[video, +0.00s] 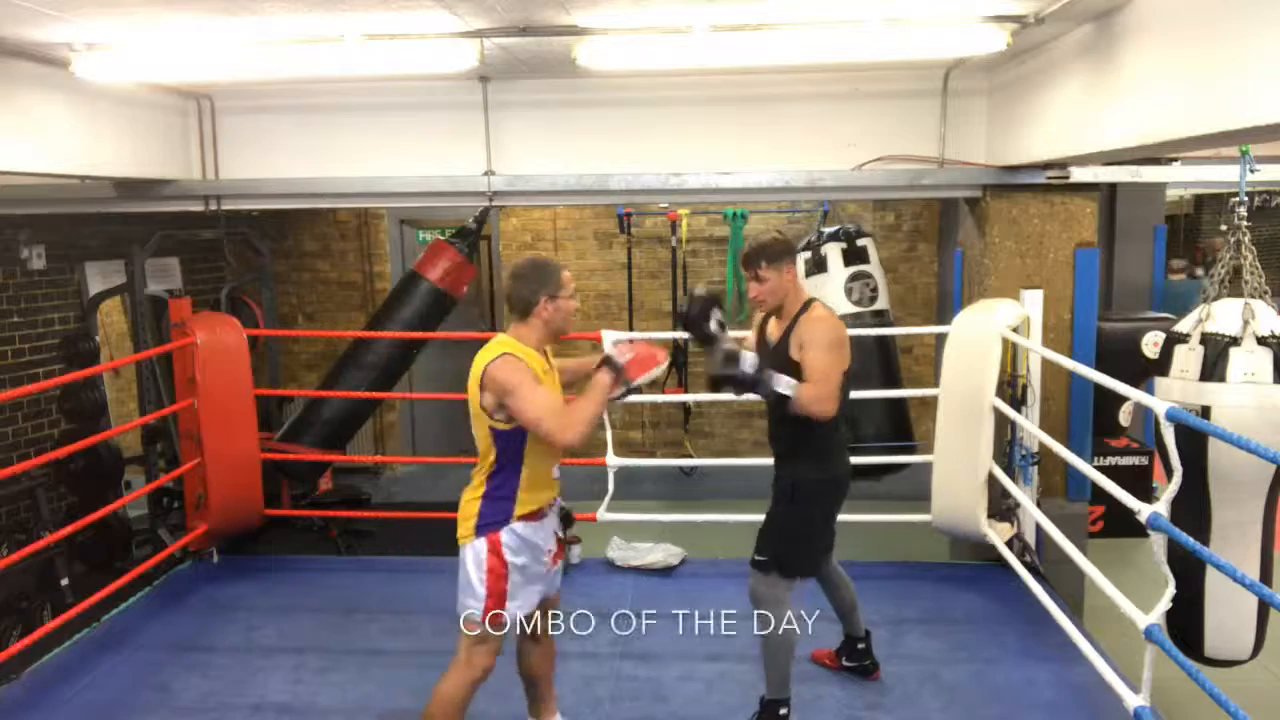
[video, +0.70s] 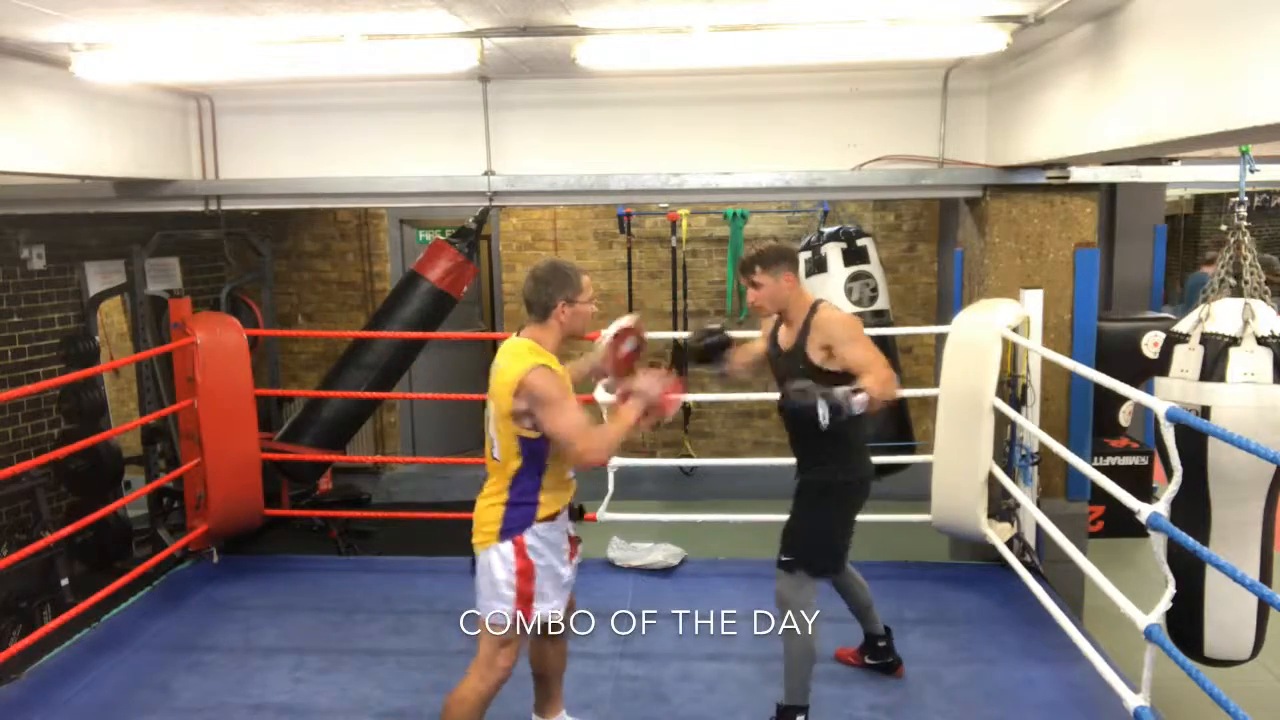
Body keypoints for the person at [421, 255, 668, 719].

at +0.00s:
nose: (575, 305)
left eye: (574, 295)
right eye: (569, 296)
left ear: (538, 305)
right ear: (543, 306)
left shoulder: (534, 356)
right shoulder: (505, 366)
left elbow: (561, 374)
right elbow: (565, 432)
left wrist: (614, 361)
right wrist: (604, 377)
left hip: (539, 518)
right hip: (497, 529)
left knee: (539, 631)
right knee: (476, 661)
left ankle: (545, 713)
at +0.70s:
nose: (594, 309)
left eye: (593, 300)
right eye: (588, 300)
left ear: (550, 307)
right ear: (561, 309)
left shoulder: (521, 349)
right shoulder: (535, 374)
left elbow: (557, 386)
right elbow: (590, 451)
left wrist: (598, 362)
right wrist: (636, 401)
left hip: (547, 519)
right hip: (513, 530)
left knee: (555, 619)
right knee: (494, 663)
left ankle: (549, 713)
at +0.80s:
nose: (601, 313)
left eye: (600, 304)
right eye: (595, 304)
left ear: (565, 311)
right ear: (567, 312)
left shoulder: (571, 355)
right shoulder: (512, 373)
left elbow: (618, 373)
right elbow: (509, 463)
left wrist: (675, 355)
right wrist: (581, 462)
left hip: (554, 515)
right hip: (510, 525)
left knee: (566, 617)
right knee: (497, 656)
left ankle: (552, 711)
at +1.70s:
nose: (588, 311)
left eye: (587, 301)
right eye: (581, 303)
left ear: (552, 312)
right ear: (553, 312)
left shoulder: (558, 355)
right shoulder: (502, 373)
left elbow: (586, 410)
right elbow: (539, 451)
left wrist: (645, 390)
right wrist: (583, 391)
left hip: (549, 517)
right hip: (501, 531)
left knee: (570, 617)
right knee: (486, 659)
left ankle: (571, 708)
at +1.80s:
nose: (596, 312)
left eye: (595, 302)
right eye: (591, 303)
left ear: (550, 309)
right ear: (566, 309)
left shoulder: (519, 353)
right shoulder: (548, 367)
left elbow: (552, 434)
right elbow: (599, 431)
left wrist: (616, 426)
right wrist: (631, 388)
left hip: (542, 519)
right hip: (515, 526)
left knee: (569, 612)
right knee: (494, 657)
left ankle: (570, 708)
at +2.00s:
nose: (617, 314)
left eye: (616, 304)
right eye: (611, 304)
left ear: (583, 307)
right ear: (583, 307)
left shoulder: (584, 358)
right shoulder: (531, 361)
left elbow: (583, 411)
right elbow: (560, 434)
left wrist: (633, 399)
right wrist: (624, 399)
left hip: (569, 514)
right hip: (521, 523)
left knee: (588, 609)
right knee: (505, 656)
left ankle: (573, 708)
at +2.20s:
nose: (619, 314)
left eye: (618, 306)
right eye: (613, 305)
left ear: (584, 308)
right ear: (587, 308)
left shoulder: (582, 356)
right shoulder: (543, 354)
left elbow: (596, 423)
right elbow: (602, 412)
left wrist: (648, 428)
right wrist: (626, 356)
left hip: (562, 515)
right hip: (522, 522)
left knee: (583, 610)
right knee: (500, 654)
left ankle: (573, 709)